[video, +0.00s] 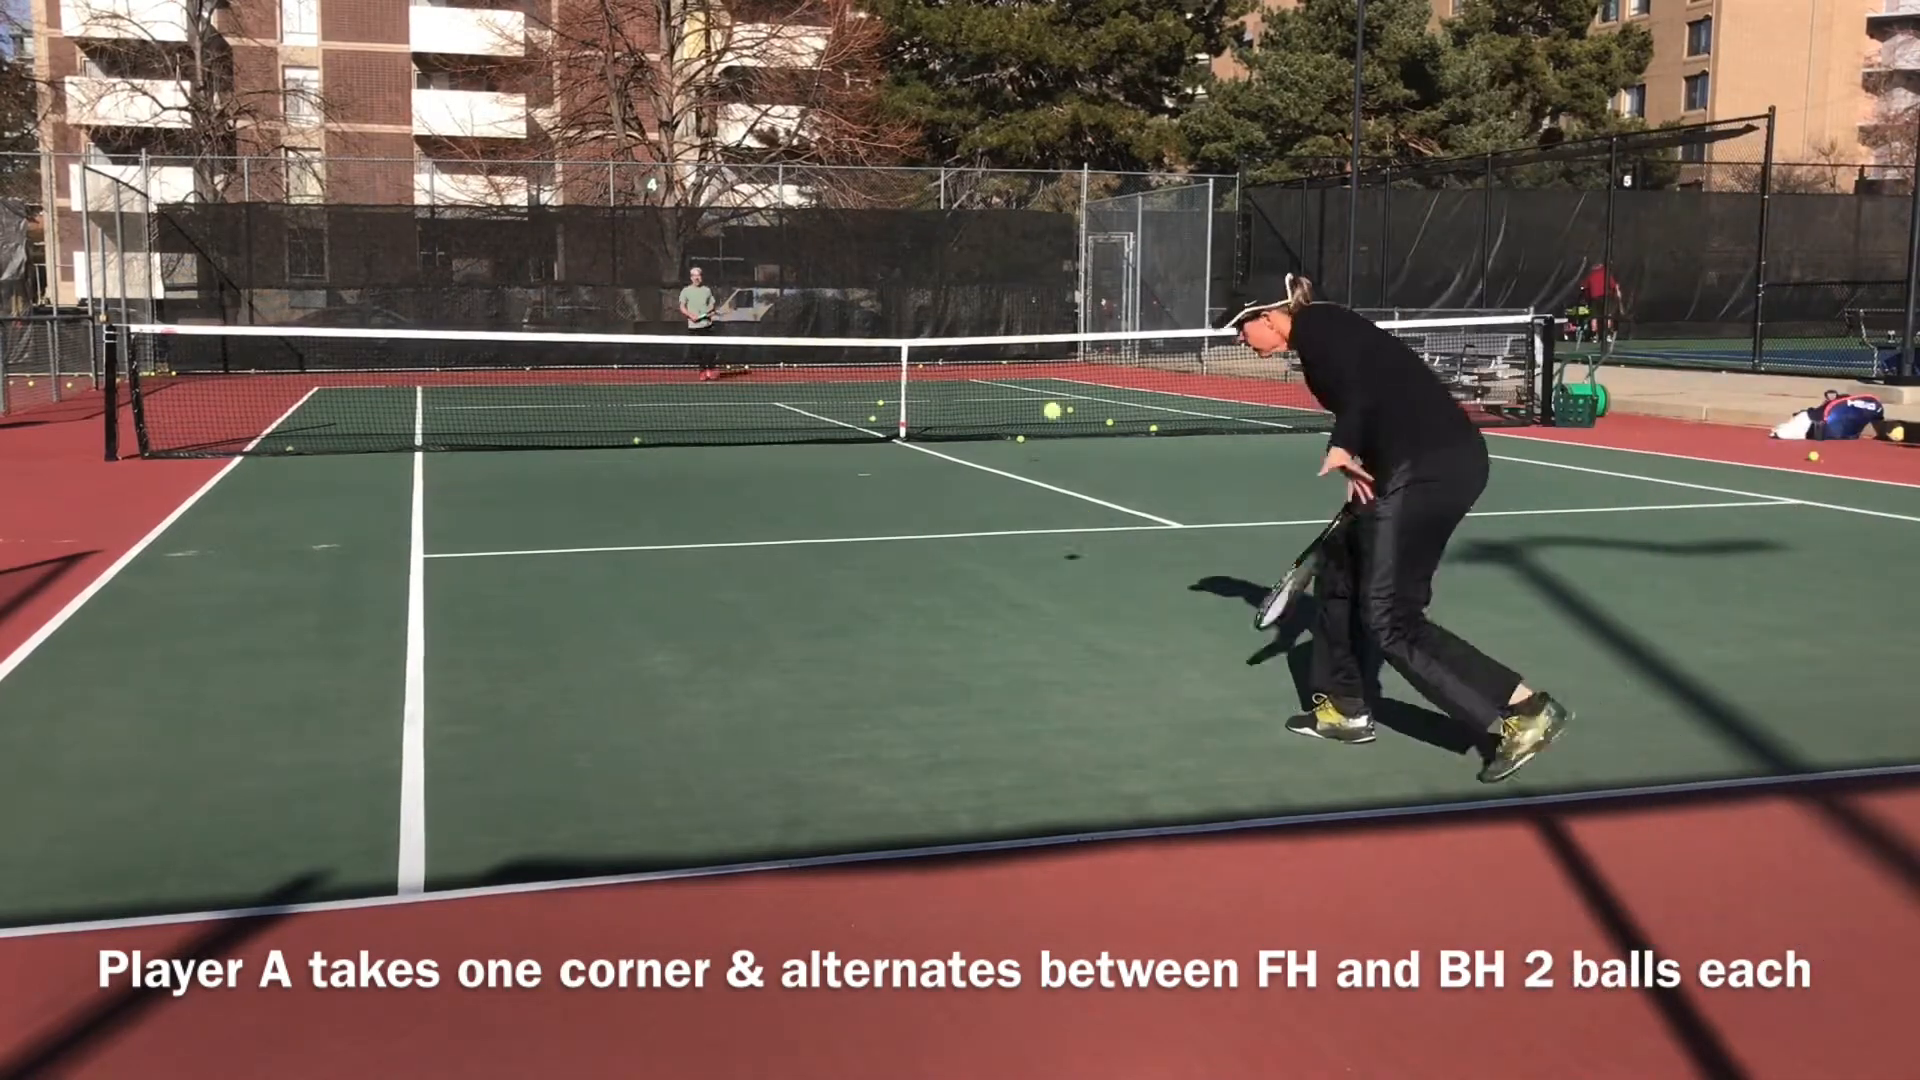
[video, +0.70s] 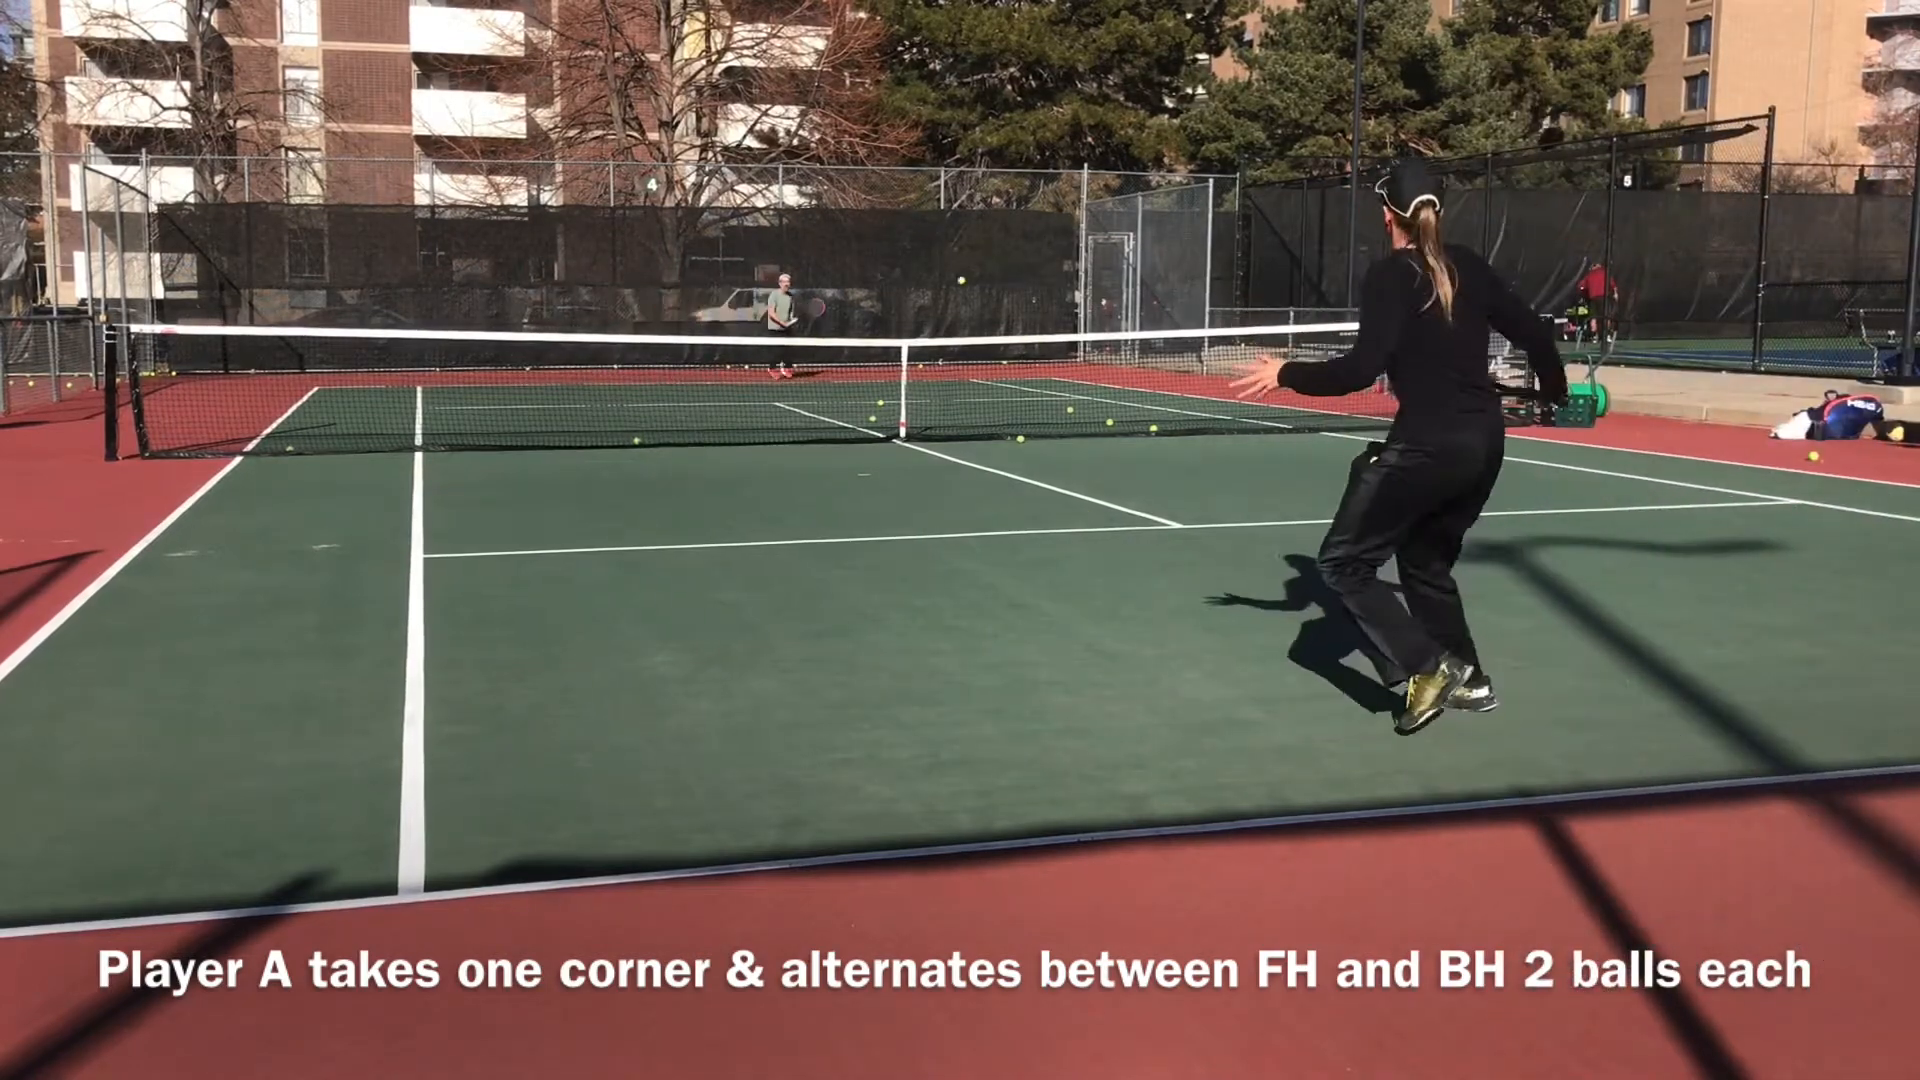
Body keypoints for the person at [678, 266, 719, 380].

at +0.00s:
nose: (696, 278)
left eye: (698, 275)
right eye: (694, 275)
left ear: (701, 277)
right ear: (690, 277)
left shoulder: (706, 290)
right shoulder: (685, 291)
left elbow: (712, 303)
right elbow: (682, 307)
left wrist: (708, 311)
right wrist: (691, 316)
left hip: (706, 324)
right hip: (694, 325)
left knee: (709, 347)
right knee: (697, 348)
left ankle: (710, 369)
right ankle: (702, 369)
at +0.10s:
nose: (709, 281)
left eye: (711, 279)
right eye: (707, 279)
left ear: (714, 280)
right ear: (703, 281)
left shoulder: (718, 293)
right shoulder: (697, 295)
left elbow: (725, 306)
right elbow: (693, 311)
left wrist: (720, 315)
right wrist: (702, 320)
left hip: (718, 328)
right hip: (705, 329)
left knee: (726, 349)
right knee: (704, 351)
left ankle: (735, 368)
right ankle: (703, 371)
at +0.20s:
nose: (722, 282)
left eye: (724, 280)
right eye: (719, 280)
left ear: (727, 281)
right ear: (716, 282)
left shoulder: (732, 294)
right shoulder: (711, 295)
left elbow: (736, 309)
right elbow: (706, 311)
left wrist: (731, 316)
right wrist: (714, 322)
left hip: (731, 329)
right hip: (716, 329)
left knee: (743, 349)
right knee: (709, 350)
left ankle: (752, 369)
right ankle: (704, 371)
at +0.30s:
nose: (736, 281)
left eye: (737, 279)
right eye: (733, 279)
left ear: (740, 280)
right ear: (729, 281)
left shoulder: (745, 293)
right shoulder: (725, 294)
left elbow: (750, 307)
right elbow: (720, 308)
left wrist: (745, 315)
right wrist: (726, 320)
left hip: (744, 326)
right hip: (730, 327)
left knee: (754, 348)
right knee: (723, 348)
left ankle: (756, 370)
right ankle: (713, 370)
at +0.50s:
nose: (761, 282)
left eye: (763, 280)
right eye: (759, 280)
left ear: (766, 281)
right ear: (755, 281)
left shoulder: (768, 294)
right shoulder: (749, 295)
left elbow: (772, 307)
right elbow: (744, 311)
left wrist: (769, 318)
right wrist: (756, 322)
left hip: (767, 326)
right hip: (753, 327)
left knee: (777, 347)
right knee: (751, 349)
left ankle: (778, 369)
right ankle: (746, 370)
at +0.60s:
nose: (774, 283)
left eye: (776, 281)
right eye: (772, 281)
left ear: (779, 283)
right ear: (768, 283)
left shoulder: (780, 296)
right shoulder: (763, 295)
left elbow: (783, 310)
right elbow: (757, 312)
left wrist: (780, 319)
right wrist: (769, 322)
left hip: (778, 327)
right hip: (765, 327)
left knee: (783, 349)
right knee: (761, 349)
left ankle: (783, 370)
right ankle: (752, 369)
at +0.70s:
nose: (786, 284)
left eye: (788, 282)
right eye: (784, 282)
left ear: (790, 283)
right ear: (779, 283)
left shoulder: (790, 297)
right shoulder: (774, 295)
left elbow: (791, 311)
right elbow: (771, 313)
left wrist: (791, 318)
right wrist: (782, 323)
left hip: (786, 327)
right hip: (774, 327)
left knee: (787, 348)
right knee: (774, 348)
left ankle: (786, 367)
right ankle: (772, 367)